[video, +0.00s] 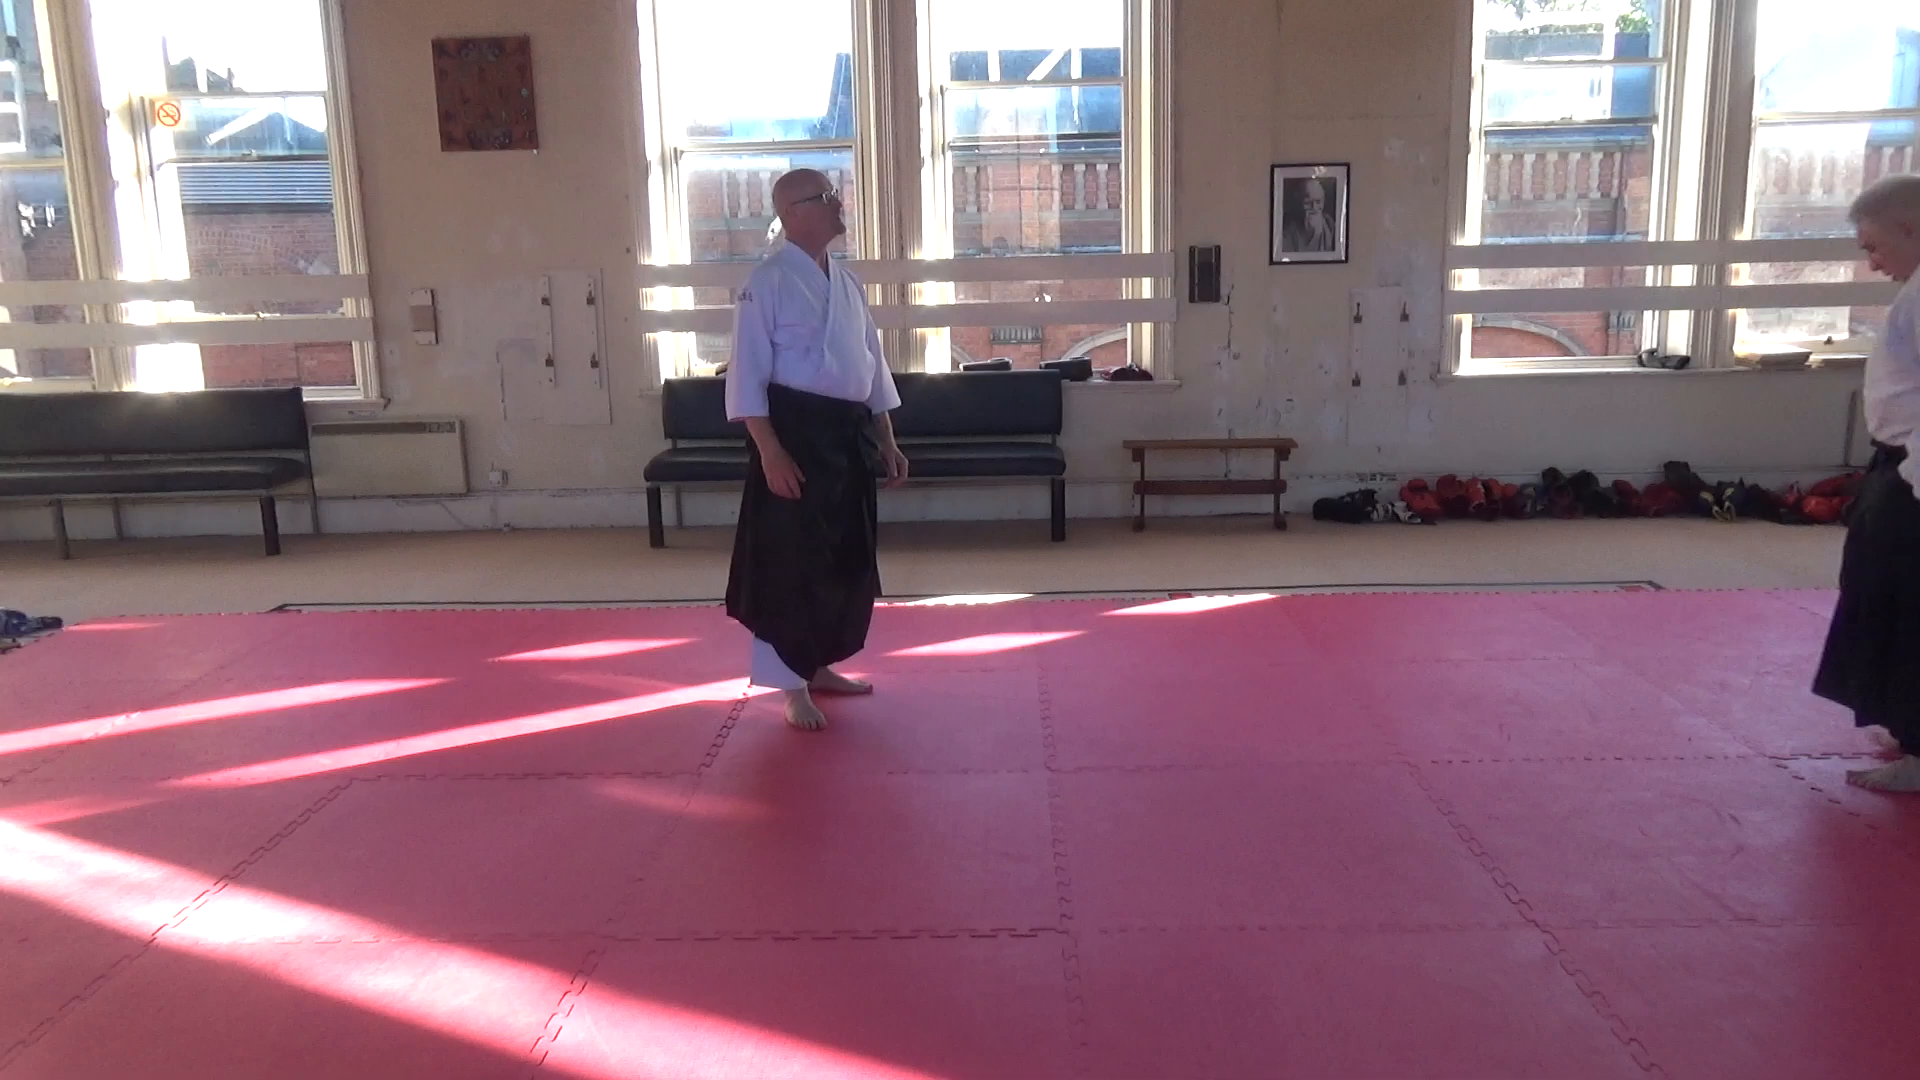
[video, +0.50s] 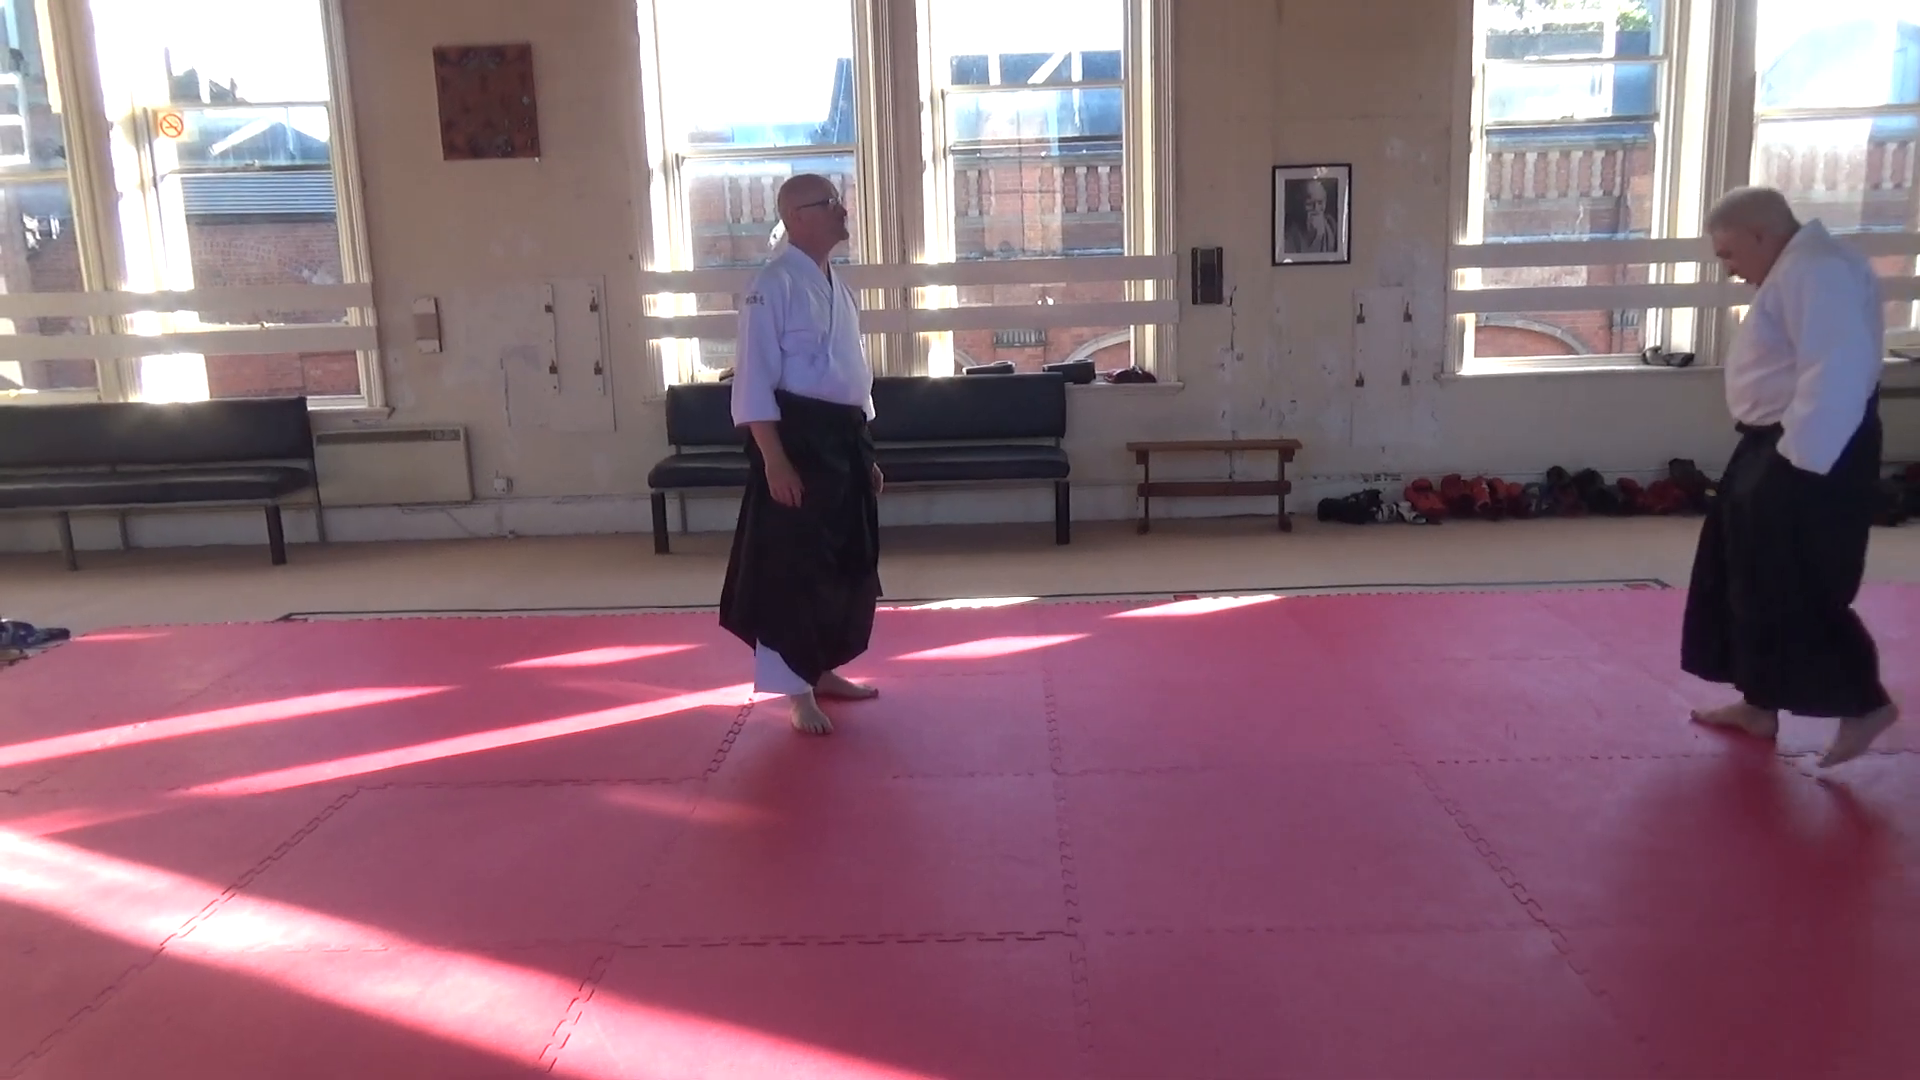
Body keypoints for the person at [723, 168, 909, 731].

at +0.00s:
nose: (838, 204)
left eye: (836, 195)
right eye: (823, 197)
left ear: (829, 210)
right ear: (789, 214)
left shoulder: (847, 280)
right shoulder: (768, 278)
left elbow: (871, 360)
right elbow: (745, 374)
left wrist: (887, 437)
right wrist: (769, 448)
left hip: (847, 427)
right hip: (795, 426)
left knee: (839, 548)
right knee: (792, 553)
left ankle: (817, 664)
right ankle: (793, 683)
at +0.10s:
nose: (837, 206)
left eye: (835, 197)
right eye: (822, 200)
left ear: (825, 211)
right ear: (789, 215)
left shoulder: (844, 282)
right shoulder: (768, 279)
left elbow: (867, 362)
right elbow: (747, 375)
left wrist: (882, 440)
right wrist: (778, 448)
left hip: (847, 429)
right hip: (793, 431)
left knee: (839, 550)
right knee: (790, 556)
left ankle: (818, 667)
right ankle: (793, 685)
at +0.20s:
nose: (841, 204)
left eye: (838, 195)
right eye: (826, 197)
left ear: (815, 210)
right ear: (792, 211)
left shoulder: (842, 280)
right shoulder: (771, 276)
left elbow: (863, 364)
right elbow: (752, 375)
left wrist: (875, 439)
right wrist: (784, 446)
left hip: (844, 427)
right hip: (793, 429)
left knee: (839, 548)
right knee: (791, 554)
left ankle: (819, 664)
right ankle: (793, 683)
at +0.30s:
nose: (842, 205)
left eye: (840, 196)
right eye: (828, 198)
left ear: (814, 211)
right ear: (795, 212)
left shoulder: (840, 279)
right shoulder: (772, 277)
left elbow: (858, 367)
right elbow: (754, 379)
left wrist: (872, 445)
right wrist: (784, 452)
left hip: (845, 429)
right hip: (795, 432)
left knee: (839, 550)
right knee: (793, 557)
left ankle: (822, 666)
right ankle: (797, 685)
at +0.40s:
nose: (843, 208)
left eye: (840, 199)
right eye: (828, 201)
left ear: (813, 214)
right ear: (795, 215)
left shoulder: (837, 284)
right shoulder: (773, 281)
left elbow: (851, 372)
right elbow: (753, 379)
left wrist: (866, 449)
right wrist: (778, 455)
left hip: (842, 431)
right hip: (794, 433)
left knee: (839, 554)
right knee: (793, 559)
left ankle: (822, 669)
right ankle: (797, 687)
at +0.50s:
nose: (844, 209)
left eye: (841, 200)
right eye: (830, 202)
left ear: (811, 216)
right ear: (797, 216)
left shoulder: (836, 284)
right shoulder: (773, 282)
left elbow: (848, 372)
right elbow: (752, 379)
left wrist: (864, 451)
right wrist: (774, 458)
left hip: (842, 432)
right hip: (794, 434)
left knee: (840, 554)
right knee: (793, 560)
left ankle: (824, 669)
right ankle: (798, 689)